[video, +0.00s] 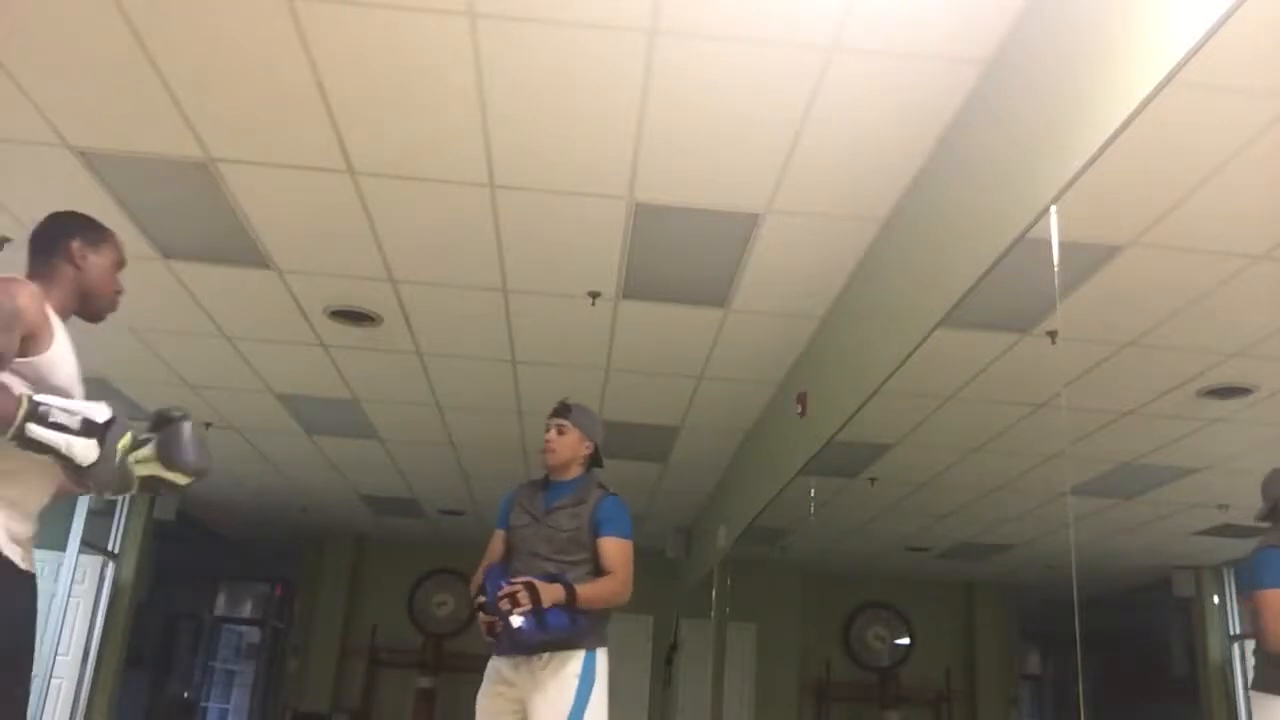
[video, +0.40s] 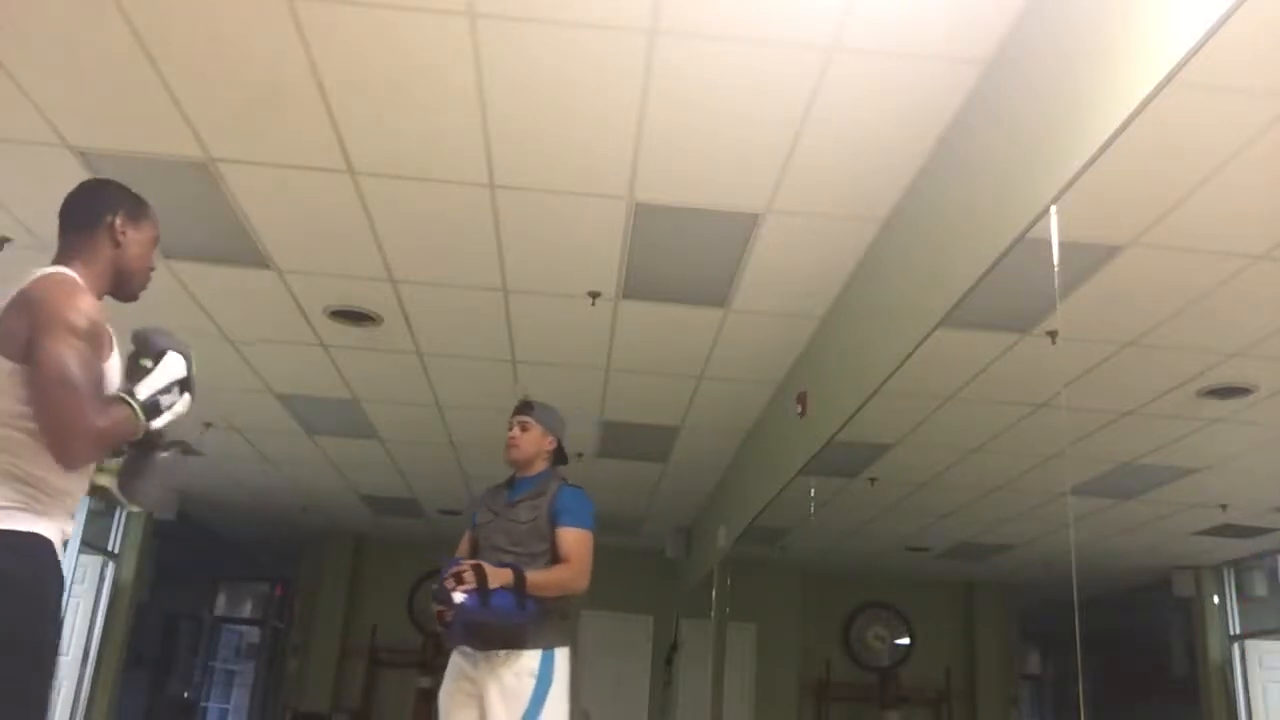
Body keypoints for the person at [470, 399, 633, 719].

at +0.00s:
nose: (548, 437)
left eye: (561, 431)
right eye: (547, 430)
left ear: (587, 447)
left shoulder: (605, 506)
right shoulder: (518, 499)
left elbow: (620, 587)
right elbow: (488, 567)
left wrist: (555, 593)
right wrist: (485, 603)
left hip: (569, 664)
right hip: (507, 660)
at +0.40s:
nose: (511, 434)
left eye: (524, 427)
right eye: (510, 427)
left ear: (549, 442)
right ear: (507, 436)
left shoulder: (568, 498)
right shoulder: (490, 499)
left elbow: (577, 577)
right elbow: (461, 561)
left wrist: (503, 577)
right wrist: (450, 591)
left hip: (530, 659)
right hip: (468, 654)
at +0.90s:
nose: (468, 432)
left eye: (480, 425)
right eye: (465, 424)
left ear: (505, 439)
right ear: (460, 432)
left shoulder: (520, 492)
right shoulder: (439, 493)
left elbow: (533, 568)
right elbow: (409, 551)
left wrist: (462, 545)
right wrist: (394, 592)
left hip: (480, 639)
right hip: (425, 637)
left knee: (466, 713)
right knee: (412, 713)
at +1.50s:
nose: (443, 408)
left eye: (457, 403)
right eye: (441, 401)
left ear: (480, 424)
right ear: (432, 413)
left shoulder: (489, 488)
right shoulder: (404, 476)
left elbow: (506, 575)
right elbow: (366, 542)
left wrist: (442, 572)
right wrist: (347, 581)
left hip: (445, 640)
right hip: (390, 637)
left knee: (427, 712)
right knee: (387, 712)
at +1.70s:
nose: (430, 400)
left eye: (445, 395)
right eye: (428, 393)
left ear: (468, 417)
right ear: (420, 406)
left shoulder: (474, 478)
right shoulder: (395, 465)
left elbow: (484, 564)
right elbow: (355, 529)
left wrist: (406, 528)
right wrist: (316, 567)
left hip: (433, 636)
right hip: (381, 632)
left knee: (417, 712)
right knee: (367, 712)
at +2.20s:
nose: (391, 419)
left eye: (404, 413)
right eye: (387, 411)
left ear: (427, 428)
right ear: (380, 419)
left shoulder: (434, 482)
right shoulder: (356, 480)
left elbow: (434, 563)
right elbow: (336, 545)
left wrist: (368, 531)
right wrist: (291, 547)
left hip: (392, 634)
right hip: (343, 628)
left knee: (372, 712)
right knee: (327, 712)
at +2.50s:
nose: (388, 412)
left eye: (402, 407)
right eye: (384, 405)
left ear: (419, 430)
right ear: (372, 414)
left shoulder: (424, 484)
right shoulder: (343, 477)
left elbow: (446, 561)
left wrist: (389, 530)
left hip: (382, 623)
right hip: (328, 615)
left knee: (367, 710)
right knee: (317, 708)